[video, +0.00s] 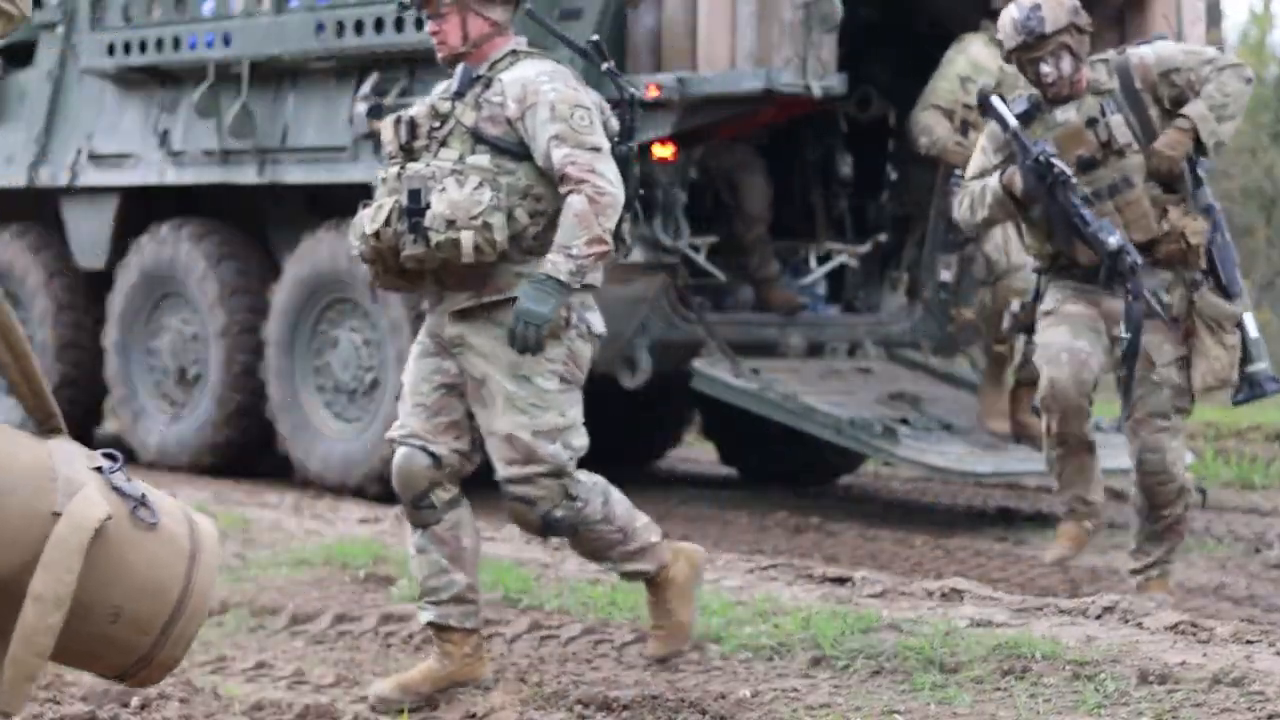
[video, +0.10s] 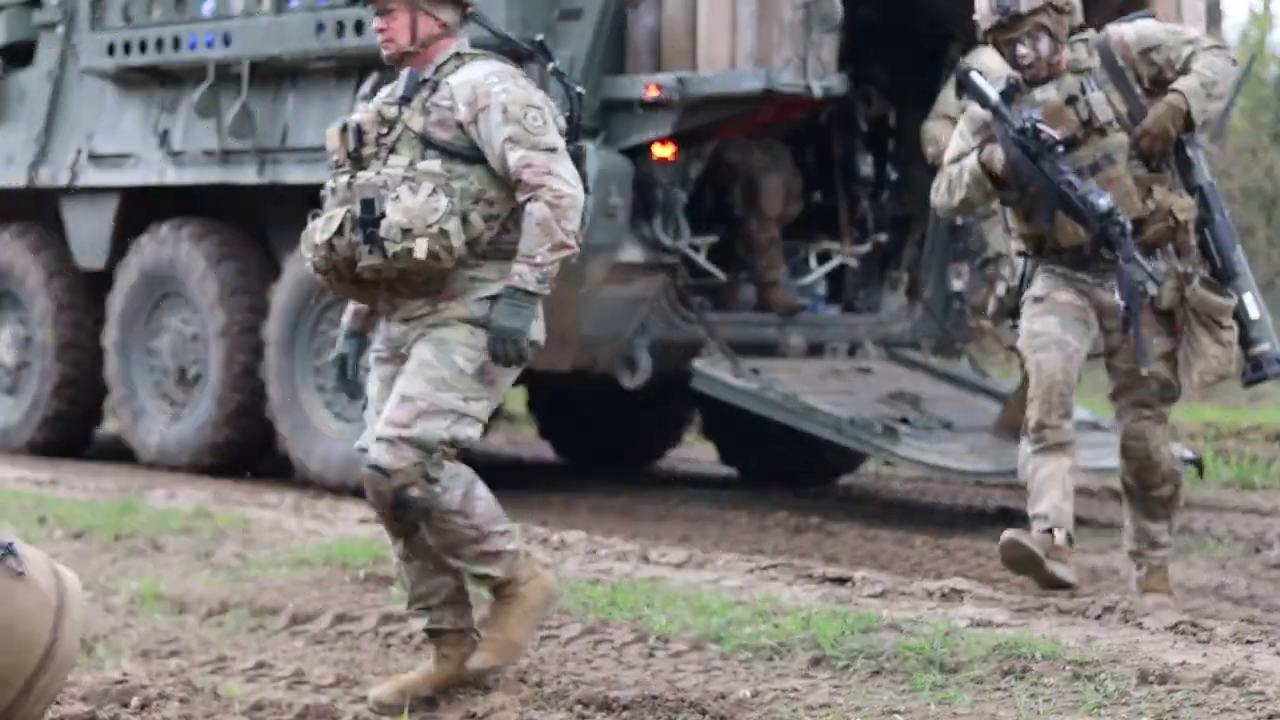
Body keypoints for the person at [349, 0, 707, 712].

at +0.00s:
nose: (431, 26)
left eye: (442, 13)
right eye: (429, 15)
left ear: (487, 16)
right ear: (465, 24)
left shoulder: (542, 85)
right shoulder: (452, 96)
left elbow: (597, 188)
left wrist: (554, 282)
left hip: (529, 313)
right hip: (451, 314)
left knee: (540, 489)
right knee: (421, 472)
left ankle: (664, 564)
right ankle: (457, 649)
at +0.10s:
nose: (376, 21)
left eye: (389, 10)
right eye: (374, 11)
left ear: (437, 14)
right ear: (386, 17)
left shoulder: (492, 86)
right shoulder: (382, 95)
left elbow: (556, 193)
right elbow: (380, 216)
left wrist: (522, 295)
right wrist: (357, 316)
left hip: (474, 311)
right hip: (402, 312)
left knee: (401, 464)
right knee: (391, 476)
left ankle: (520, 578)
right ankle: (449, 648)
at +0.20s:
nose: (323, 19)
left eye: (337, 7)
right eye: (322, 9)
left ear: (383, 14)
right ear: (344, 19)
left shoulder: (437, 85)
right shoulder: (336, 100)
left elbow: (514, 186)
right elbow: (302, 213)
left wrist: (490, 294)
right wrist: (256, 306)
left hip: (426, 308)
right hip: (366, 307)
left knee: (307, 432)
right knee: (377, 491)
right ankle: (453, 651)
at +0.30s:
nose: (266, 11)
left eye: (280, 1)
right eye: (266, 2)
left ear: (328, 7)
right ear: (291, 12)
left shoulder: (379, 83)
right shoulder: (274, 91)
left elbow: (461, 186)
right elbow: (242, 200)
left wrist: (433, 294)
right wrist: (181, 275)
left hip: (360, 314)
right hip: (306, 312)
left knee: (241, 451)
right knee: (356, 495)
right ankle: (452, 653)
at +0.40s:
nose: (212, 5)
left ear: (272, 3)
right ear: (221, 11)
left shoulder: (314, 81)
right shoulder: (212, 81)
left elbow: (396, 192)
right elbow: (168, 189)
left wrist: (359, 299)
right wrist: (114, 265)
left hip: (282, 314)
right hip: (236, 311)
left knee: (184, 468)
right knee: (312, 496)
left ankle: (149, 663)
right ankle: (433, 636)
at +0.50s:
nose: (137, 1)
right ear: (164, 5)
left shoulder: (242, 70)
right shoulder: (153, 66)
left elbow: (307, 189)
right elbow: (128, 193)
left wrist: (275, 300)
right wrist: (76, 274)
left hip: (218, 297)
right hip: (168, 297)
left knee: (144, 468)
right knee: (164, 473)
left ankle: (147, 664)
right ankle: (328, 577)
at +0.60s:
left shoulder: (178, 53)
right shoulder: (86, 55)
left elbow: (225, 185)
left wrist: (175, 297)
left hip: (172, 297)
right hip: (100, 295)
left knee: (136, 468)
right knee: (26, 427)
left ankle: (146, 665)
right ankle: (175, 565)